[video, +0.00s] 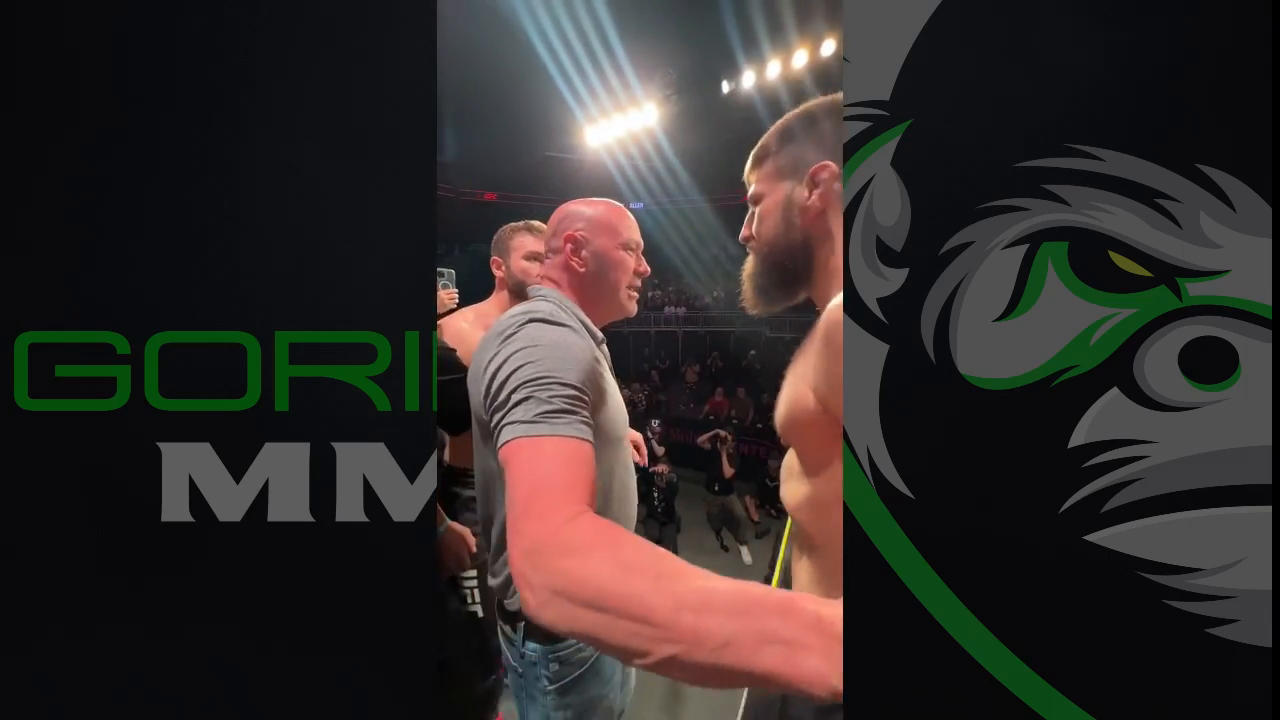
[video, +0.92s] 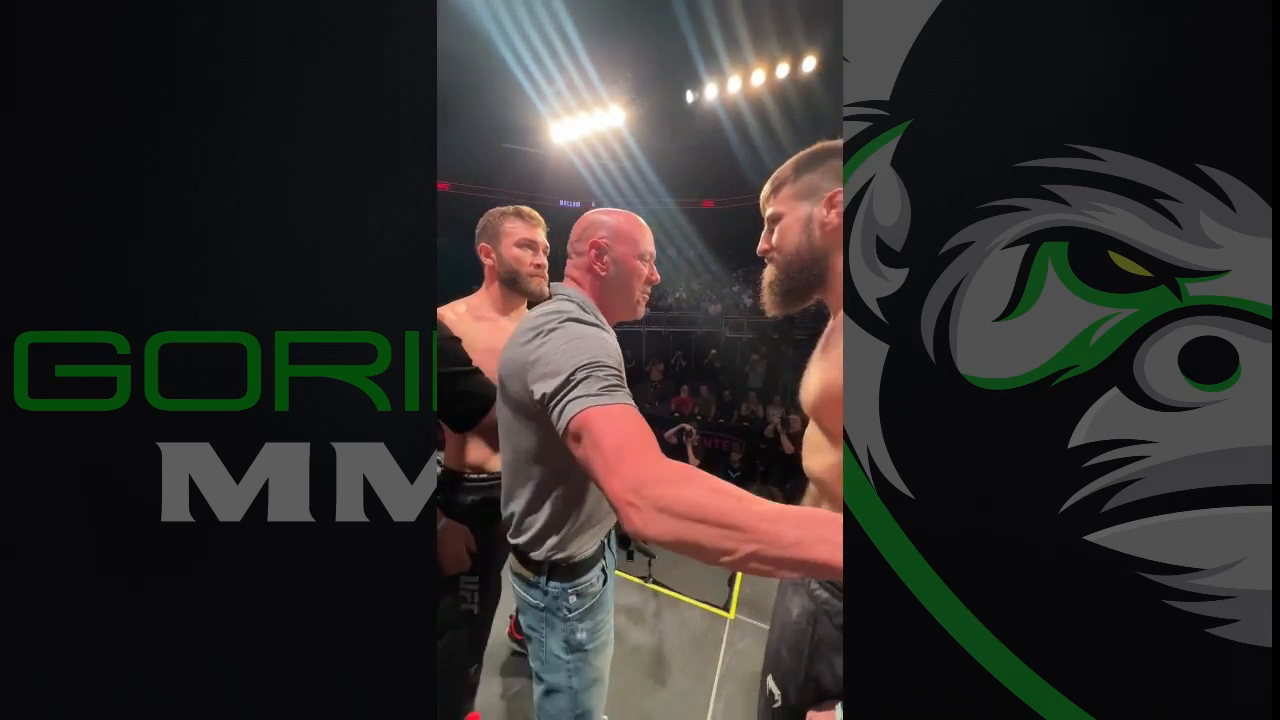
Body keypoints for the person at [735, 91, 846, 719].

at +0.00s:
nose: (743, 233)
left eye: (755, 202)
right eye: (746, 208)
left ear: (819, 188)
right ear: (817, 189)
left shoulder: (845, 323)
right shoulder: (831, 327)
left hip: (834, 675)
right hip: (811, 666)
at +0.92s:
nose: (762, 245)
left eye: (775, 221)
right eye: (764, 227)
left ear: (831, 211)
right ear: (828, 214)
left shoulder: (855, 339)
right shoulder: (834, 335)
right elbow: (829, 500)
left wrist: (844, 697)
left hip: (837, 594)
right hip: (814, 584)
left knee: (800, 706)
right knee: (783, 705)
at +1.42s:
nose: (758, 252)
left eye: (771, 235)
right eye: (761, 238)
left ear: (821, 235)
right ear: (819, 239)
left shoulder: (840, 299)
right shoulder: (827, 303)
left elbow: (884, 448)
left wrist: (846, 629)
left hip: (836, 553)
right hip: (818, 539)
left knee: (792, 699)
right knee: (788, 693)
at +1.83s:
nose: (766, 237)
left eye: (780, 221)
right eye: (770, 223)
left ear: (830, 224)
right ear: (829, 226)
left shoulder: (839, 293)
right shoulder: (825, 293)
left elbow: (867, 463)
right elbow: (836, 448)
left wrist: (826, 620)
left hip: (817, 537)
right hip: (800, 522)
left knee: (791, 693)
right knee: (782, 674)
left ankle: (779, 711)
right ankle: (773, 708)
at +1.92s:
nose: (768, 235)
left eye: (783, 218)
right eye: (773, 220)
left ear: (834, 223)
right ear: (830, 225)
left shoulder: (841, 294)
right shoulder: (828, 295)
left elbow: (847, 470)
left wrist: (755, 598)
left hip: (825, 551)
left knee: (810, 697)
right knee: (791, 673)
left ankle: (773, 713)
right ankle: (770, 710)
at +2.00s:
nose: (764, 236)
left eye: (778, 218)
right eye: (767, 220)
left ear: (831, 221)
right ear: (827, 224)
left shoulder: (835, 303)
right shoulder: (827, 303)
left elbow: (822, 485)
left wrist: (699, 567)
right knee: (764, 622)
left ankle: (753, 712)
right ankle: (751, 707)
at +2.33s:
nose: (721, 241)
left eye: (733, 222)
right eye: (721, 225)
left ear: (784, 217)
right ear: (781, 220)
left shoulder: (816, 301)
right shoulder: (793, 300)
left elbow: (790, 477)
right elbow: (772, 420)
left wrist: (667, 550)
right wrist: (725, 463)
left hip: (814, 513)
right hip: (791, 505)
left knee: (799, 688)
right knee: (769, 597)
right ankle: (765, 679)